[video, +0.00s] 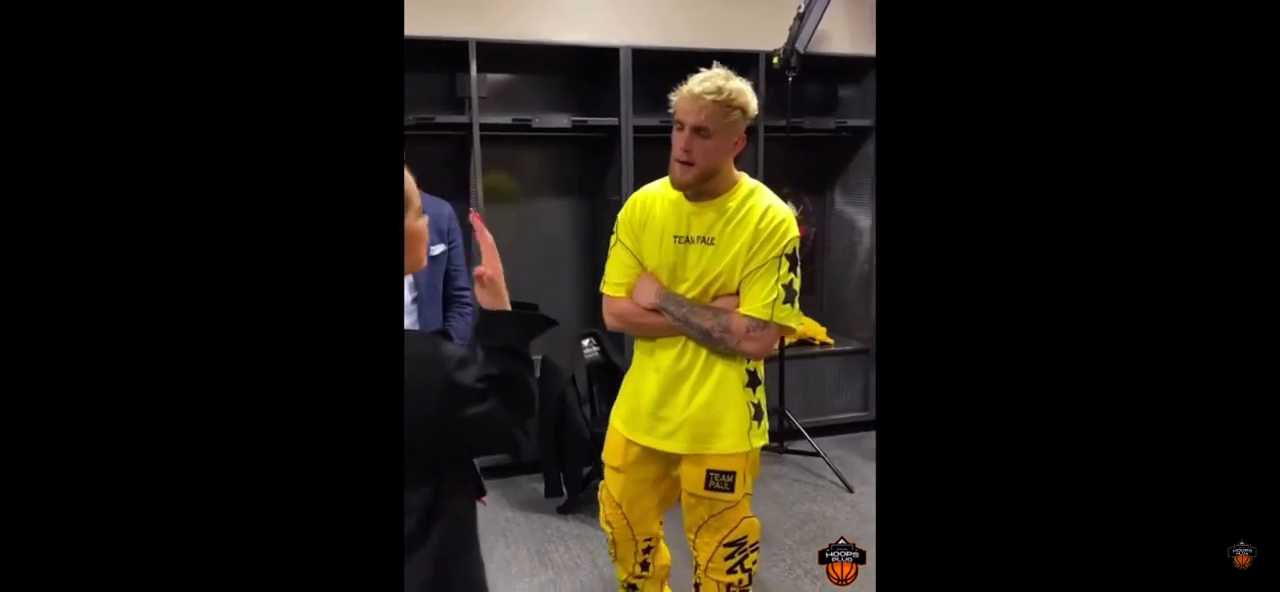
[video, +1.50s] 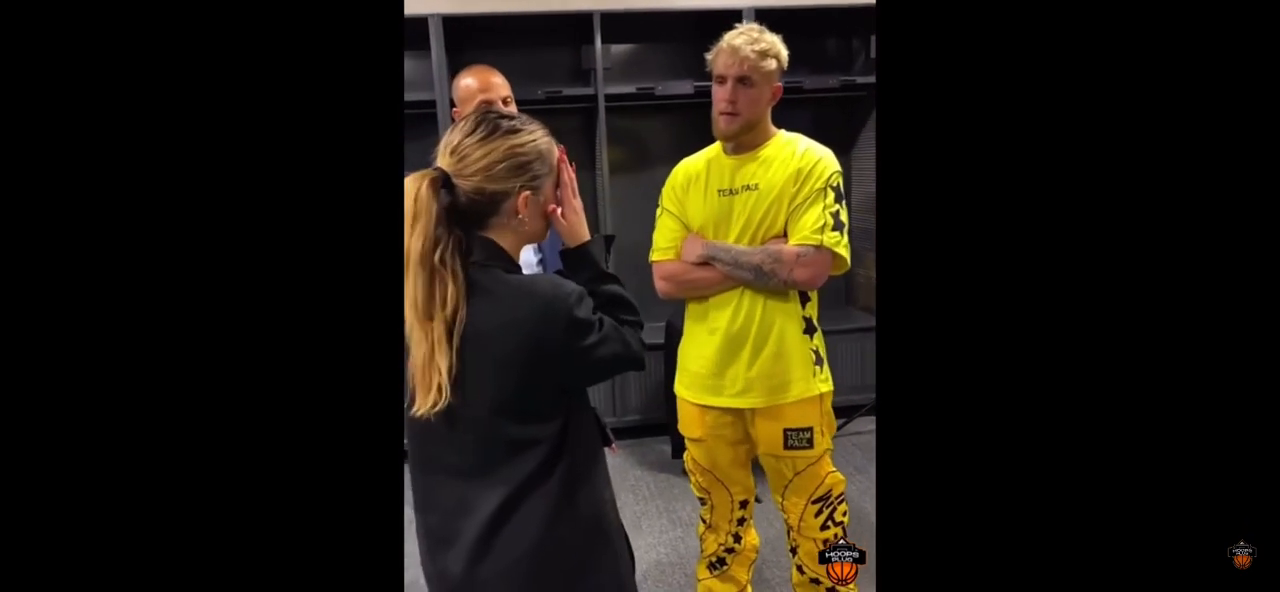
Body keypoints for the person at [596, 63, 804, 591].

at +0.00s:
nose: (682, 144)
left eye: (700, 133)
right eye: (678, 128)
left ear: (738, 143)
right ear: (670, 128)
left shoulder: (770, 220)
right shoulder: (642, 206)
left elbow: (759, 340)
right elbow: (616, 314)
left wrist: (661, 297)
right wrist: (714, 315)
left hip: (722, 418)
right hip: (642, 407)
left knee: (719, 550)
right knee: (623, 524)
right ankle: (644, 586)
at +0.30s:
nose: (704, 130)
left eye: (723, 118)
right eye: (700, 113)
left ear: (761, 129)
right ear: (693, 114)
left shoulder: (793, 204)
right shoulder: (664, 194)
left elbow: (781, 325)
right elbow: (640, 302)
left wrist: (684, 285)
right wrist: (736, 301)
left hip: (755, 410)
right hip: (670, 402)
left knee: (765, 560)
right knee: (658, 554)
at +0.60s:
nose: (694, 117)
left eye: (713, 104)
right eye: (689, 100)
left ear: (746, 114)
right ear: (680, 103)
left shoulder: (781, 189)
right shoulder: (648, 188)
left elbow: (780, 300)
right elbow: (630, 295)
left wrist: (676, 269)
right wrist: (736, 282)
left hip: (751, 397)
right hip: (662, 398)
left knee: (780, 552)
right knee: (669, 555)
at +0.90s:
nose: (685, 115)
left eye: (703, 101)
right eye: (678, 99)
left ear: (733, 110)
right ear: (668, 102)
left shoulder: (769, 183)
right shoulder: (638, 186)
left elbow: (777, 292)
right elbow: (624, 292)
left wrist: (671, 264)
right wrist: (730, 278)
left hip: (746, 390)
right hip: (658, 394)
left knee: (789, 547)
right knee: (681, 552)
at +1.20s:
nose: (705, 105)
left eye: (722, 91)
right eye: (698, 89)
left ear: (753, 100)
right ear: (688, 93)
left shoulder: (790, 173)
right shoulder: (661, 180)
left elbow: (792, 279)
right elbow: (643, 285)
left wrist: (686, 255)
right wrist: (746, 270)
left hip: (765, 384)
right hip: (679, 387)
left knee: (799, 536)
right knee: (702, 542)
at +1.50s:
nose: (725, 98)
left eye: (743, 84)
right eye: (718, 82)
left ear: (774, 92)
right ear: (708, 86)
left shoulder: (812, 163)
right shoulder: (684, 176)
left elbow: (811, 271)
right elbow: (667, 280)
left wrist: (706, 249)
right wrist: (768, 261)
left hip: (789, 379)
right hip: (704, 381)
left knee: (816, 530)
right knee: (719, 534)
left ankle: (824, 584)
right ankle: (722, 586)